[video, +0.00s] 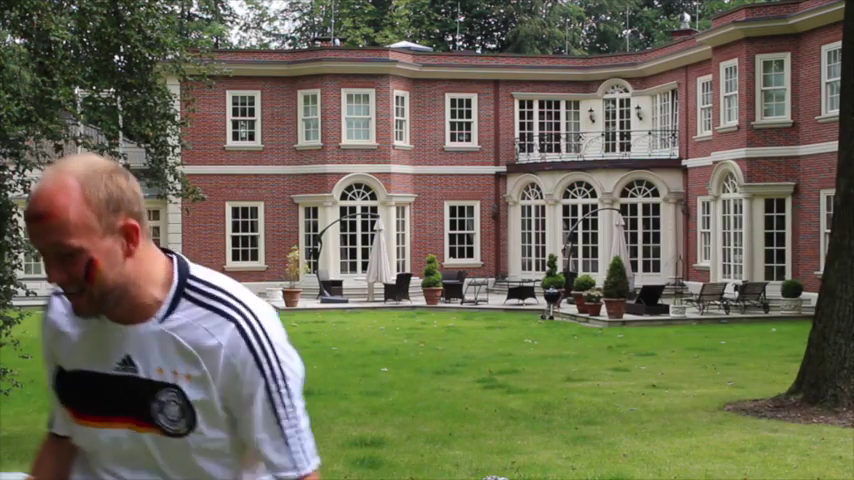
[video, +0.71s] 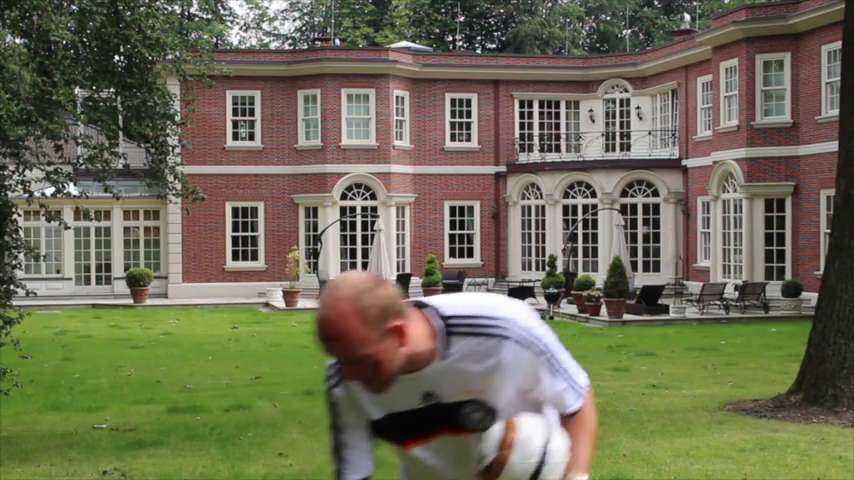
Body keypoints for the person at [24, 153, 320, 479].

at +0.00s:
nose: (55, 279)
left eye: (69, 256)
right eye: (44, 258)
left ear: (129, 239)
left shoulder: (238, 328)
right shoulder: (61, 315)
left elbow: (299, 472)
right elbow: (63, 437)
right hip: (91, 474)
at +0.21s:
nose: (141, 297)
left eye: (156, 278)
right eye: (132, 280)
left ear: (211, 258)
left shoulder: (324, 328)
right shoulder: (152, 327)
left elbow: (384, 448)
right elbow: (159, 437)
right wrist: (132, 477)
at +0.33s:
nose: (205, 323)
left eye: (218, 307)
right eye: (197, 308)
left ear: (269, 285)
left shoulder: (375, 350)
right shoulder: (210, 347)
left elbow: (419, 472)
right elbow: (216, 456)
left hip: (361, 472)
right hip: (274, 472)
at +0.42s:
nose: (232, 355)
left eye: (244, 338)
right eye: (224, 339)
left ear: (293, 316)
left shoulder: (400, 363)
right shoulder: (242, 361)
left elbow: (451, 475)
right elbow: (251, 468)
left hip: (396, 473)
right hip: (308, 472)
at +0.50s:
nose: (256, 379)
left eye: (268, 361)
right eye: (248, 362)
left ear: (311, 335)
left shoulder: (427, 356)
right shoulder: (268, 377)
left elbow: (496, 467)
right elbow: (276, 473)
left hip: (442, 470)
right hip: (351, 470)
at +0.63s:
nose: (302, 385)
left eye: (313, 370)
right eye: (296, 371)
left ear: (355, 343)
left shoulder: (468, 341)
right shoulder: (310, 386)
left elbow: (549, 417)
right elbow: (313, 473)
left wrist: (539, 477)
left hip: (494, 462)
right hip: (404, 470)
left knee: (472, 462)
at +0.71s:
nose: (352, 376)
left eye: (363, 362)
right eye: (343, 363)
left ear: (398, 333)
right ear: (334, 353)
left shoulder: (508, 330)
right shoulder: (345, 383)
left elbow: (579, 400)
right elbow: (351, 472)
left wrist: (576, 472)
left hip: (521, 465)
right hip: (428, 469)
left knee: (523, 444)